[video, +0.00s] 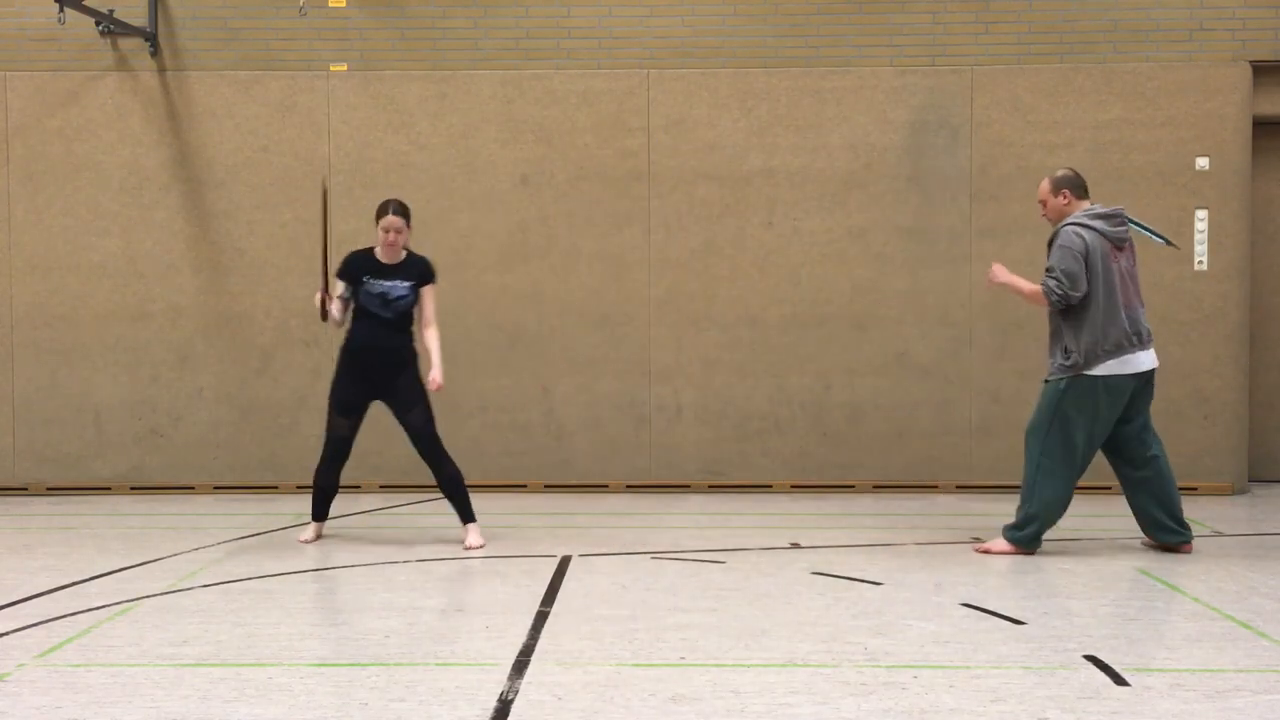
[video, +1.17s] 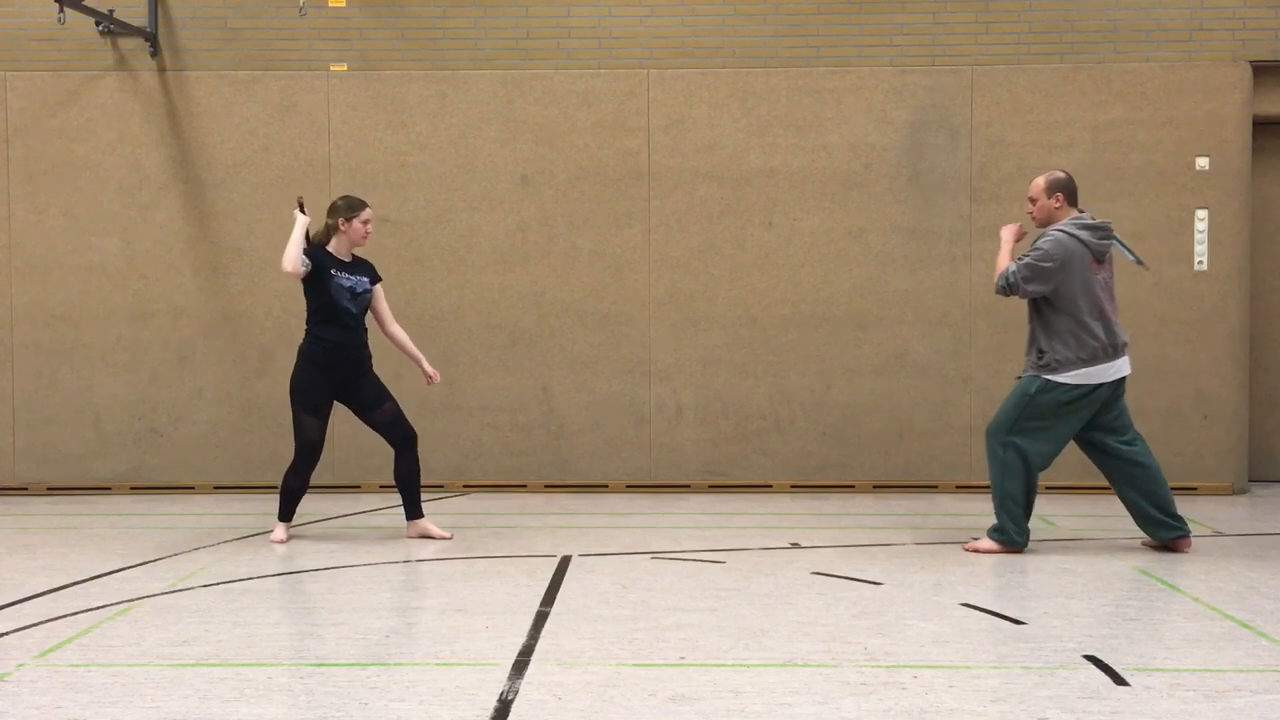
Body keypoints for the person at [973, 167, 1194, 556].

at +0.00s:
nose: (1042, 211)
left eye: (1044, 203)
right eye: (1040, 204)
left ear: (1065, 198)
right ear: (1073, 197)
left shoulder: (1071, 235)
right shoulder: (1115, 229)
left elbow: (1061, 294)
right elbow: (1118, 285)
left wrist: (1010, 280)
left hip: (1092, 369)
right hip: (1135, 363)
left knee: (1047, 442)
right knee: (1136, 446)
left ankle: (1022, 537)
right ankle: (1173, 534)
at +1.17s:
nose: (1029, 209)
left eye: (1034, 202)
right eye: (1029, 202)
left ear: (1057, 200)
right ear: (1064, 201)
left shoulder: (1056, 243)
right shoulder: (1094, 235)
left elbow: (1005, 281)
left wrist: (1006, 241)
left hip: (1065, 373)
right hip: (1107, 368)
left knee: (1004, 435)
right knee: (1122, 446)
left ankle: (1009, 535)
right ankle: (1171, 531)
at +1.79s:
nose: (923, 195)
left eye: (929, 188)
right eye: (923, 188)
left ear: (953, 190)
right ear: (948, 190)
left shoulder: (984, 230)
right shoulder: (926, 237)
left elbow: (954, 270)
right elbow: (871, 246)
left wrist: (921, 229)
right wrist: (838, 204)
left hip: (963, 361)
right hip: (917, 358)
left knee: (970, 449)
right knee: (884, 439)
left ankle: (1003, 534)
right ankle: (848, 519)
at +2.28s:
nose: (848, 203)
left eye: (854, 196)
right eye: (847, 196)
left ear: (879, 197)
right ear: (866, 199)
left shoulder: (916, 234)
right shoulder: (845, 245)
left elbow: (911, 281)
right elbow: (801, 262)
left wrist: (864, 241)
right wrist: (742, 254)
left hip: (910, 371)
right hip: (855, 372)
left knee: (936, 450)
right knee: (829, 443)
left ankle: (981, 529)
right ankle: (830, 529)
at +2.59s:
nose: (858, 209)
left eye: (863, 201)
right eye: (857, 202)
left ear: (888, 201)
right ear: (880, 202)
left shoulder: (926, 240)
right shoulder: (857, 248)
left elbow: (922, 289)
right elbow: (814, 265)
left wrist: (875, 252)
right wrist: (767, 245)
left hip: (913, 375)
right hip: (862, 374)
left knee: (926, 451)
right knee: (829, 441)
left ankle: (986, 525)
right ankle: (829, 528)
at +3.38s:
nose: (1005, 213)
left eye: (1009, 205)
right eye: (1005, 206)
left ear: (1031, 206)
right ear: (1035, 207)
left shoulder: (1048, 247)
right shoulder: (1058, 242)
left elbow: (1001, 288)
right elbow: (1025, 314)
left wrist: (990, 252)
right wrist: (977, 335)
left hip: (1064, 377)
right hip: (1090, 373)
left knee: (1000, 440)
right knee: (1101, 450)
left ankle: (1004, 538)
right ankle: (1178, 518)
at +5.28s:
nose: (921, 204)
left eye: (924, 197)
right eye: (920, 197)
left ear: (948, 193)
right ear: (947, 194)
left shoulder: (984, 229)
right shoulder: (951, 239)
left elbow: (953, 269)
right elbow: (911, 275)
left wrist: (921, 229)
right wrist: (873, 238)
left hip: (980, 362)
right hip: (950, 361)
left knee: (972, 450)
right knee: (919, 434)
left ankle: (1006, 538)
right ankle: (907, 525)